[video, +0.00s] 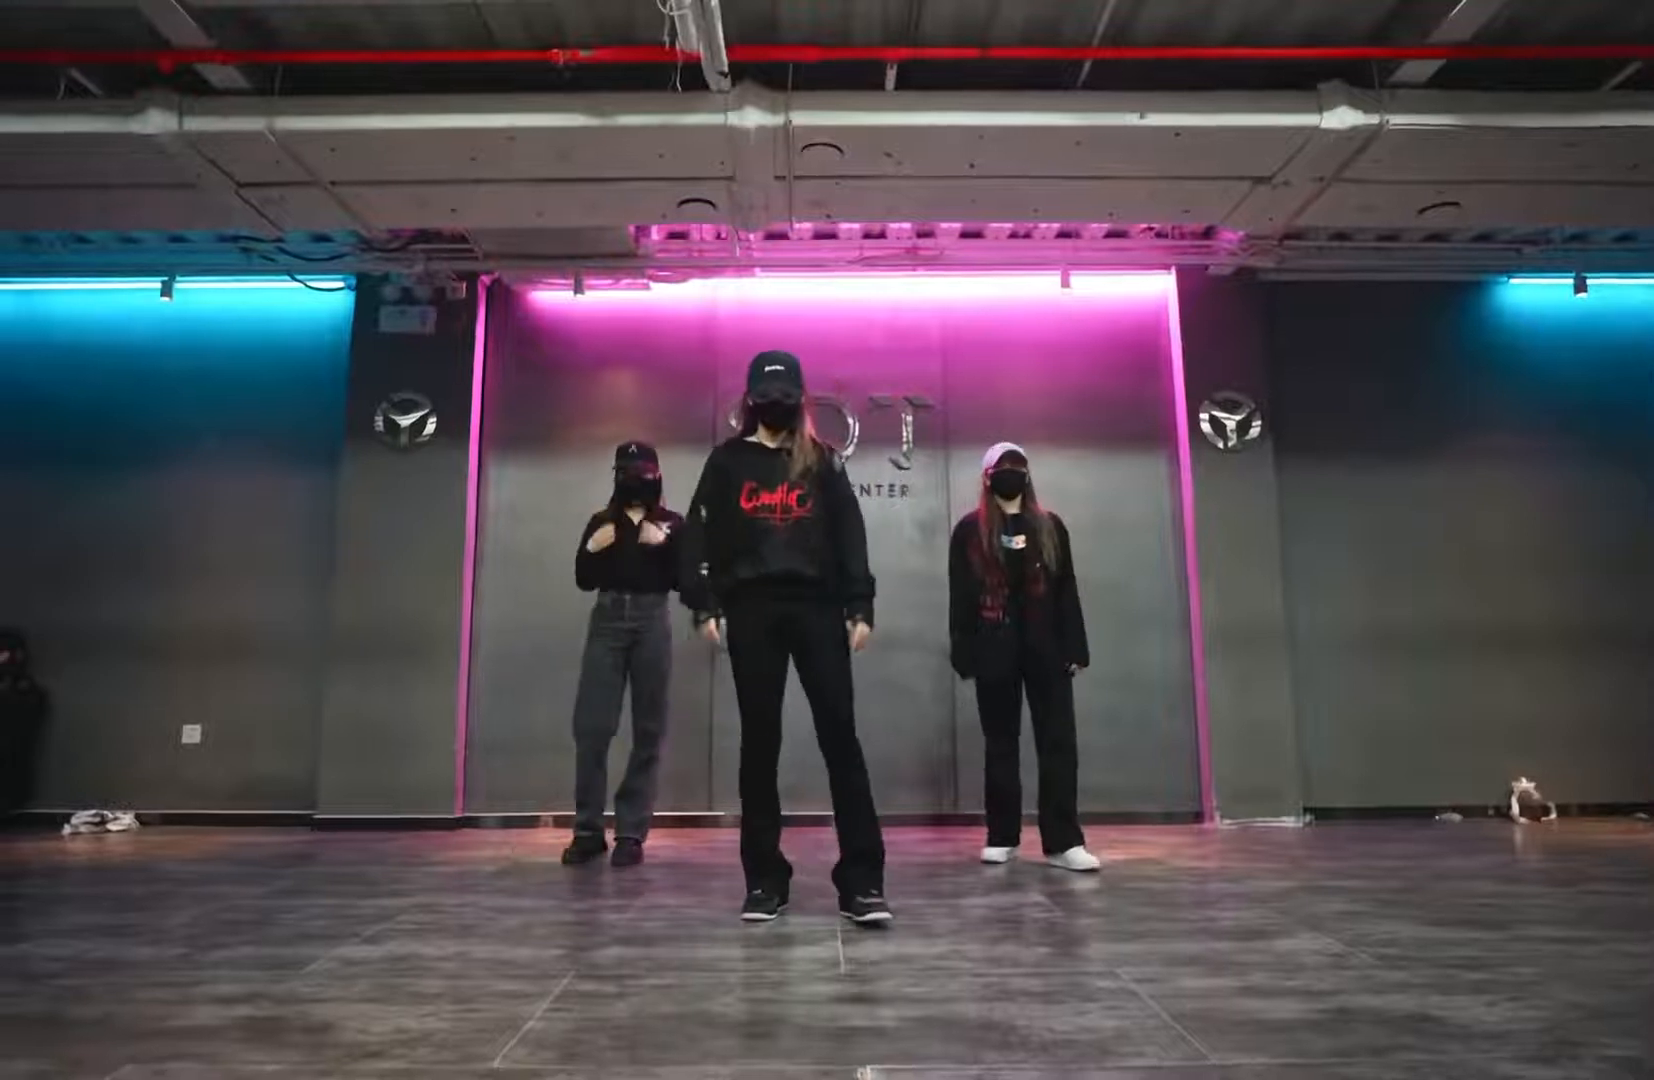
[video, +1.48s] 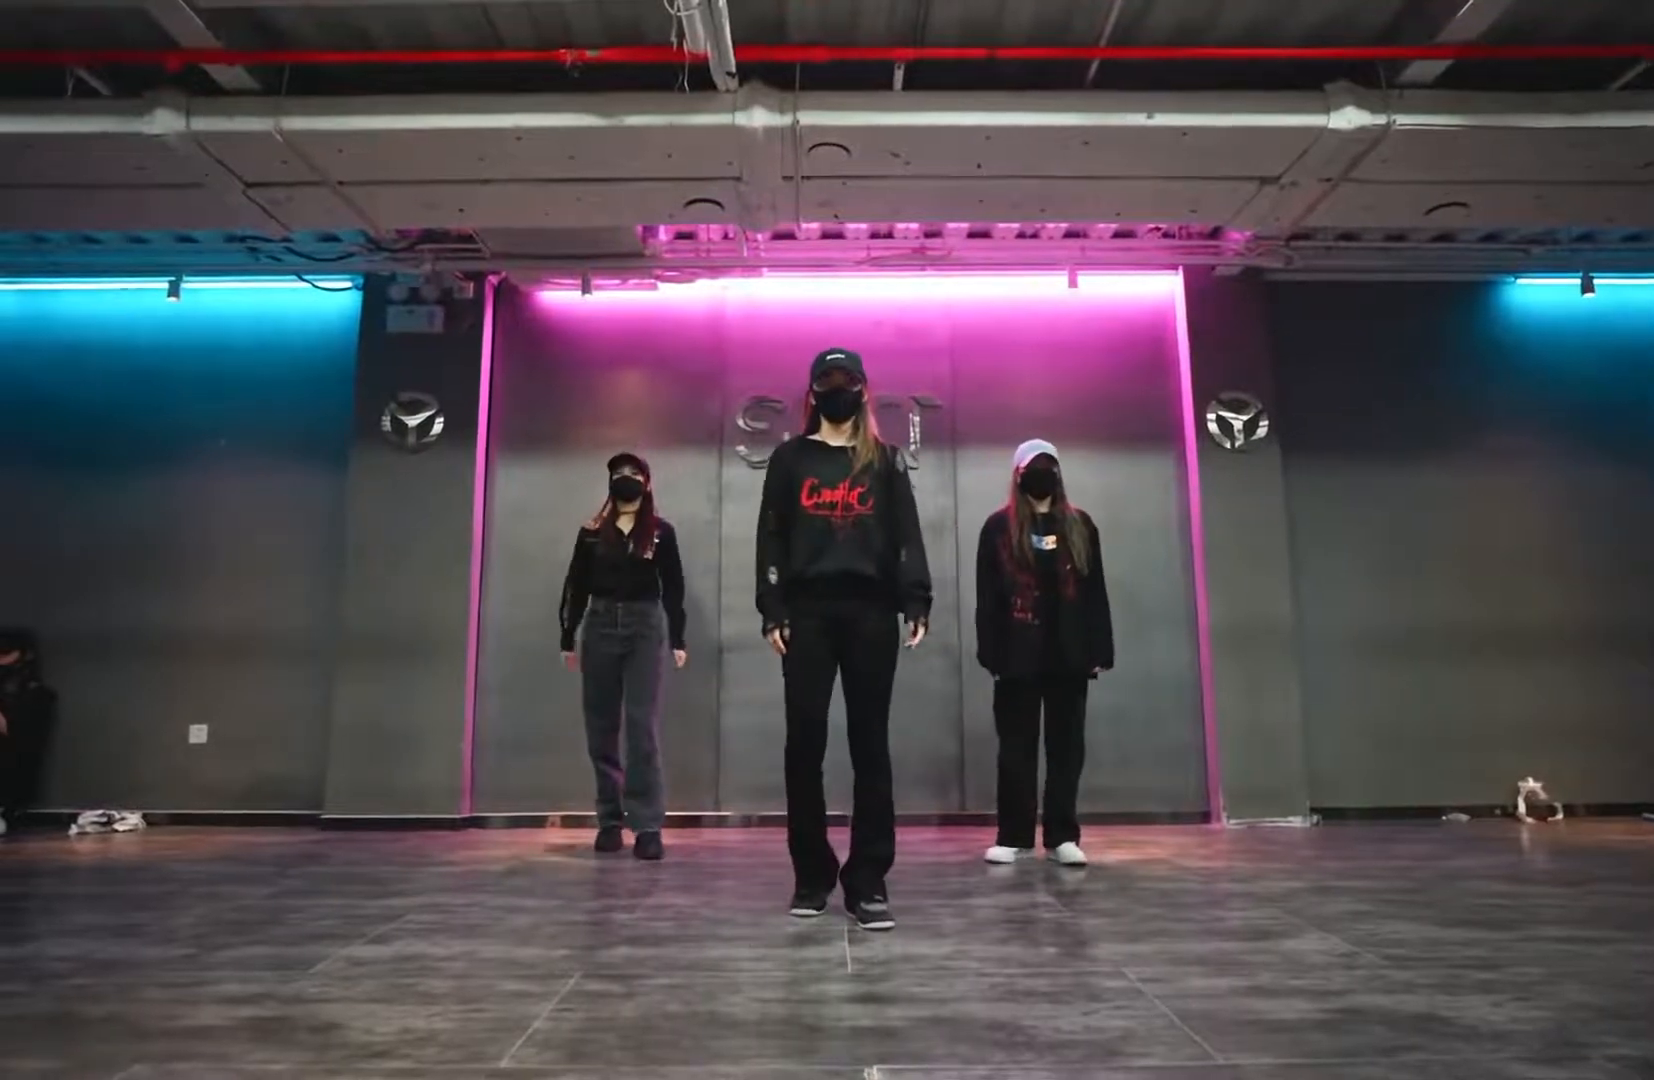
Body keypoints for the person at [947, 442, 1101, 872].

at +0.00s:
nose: (1010, 478)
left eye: (1017, 471)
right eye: (1001, 472)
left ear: (1027, 475)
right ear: (987, 478)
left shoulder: (1050, 526)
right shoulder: (969, 531)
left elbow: (1066, 591)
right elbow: (961, 597)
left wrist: (1075, 647)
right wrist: (964, 654)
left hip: (1047, 653)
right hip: (994, 656)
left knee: (1059, 746)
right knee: (1001, 747)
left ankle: (1064, 842)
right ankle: (1001, 839)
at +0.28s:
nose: (1013, 479)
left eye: (1019, 472)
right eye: (1004, 473)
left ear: (1027, 476)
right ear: (988, 478)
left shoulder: (1049, 527)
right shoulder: (970, 530)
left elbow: (1065, 593)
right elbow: (960, 597)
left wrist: (1074, 650)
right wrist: (965, 655)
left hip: (1045, 654)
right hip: (993, 657)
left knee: (1057, 746)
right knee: (1001, 748)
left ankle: (1066, 842)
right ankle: (1005, 839)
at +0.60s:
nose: (1017, 484)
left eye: (1022, 476)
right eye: (1008, 477)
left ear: (1028, 478)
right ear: (991, 480)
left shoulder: (1048, 529)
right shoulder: (969, 531)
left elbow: (1065, 597)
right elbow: (957, 598)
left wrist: (1072, 654)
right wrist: (959, 658)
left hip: (1043, 654)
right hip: (991, 657)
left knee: (1053, 745)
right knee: (1000, 748)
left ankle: (1064, 838)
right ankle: (1007, 839)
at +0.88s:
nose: (1020, 481)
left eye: (1026, 474)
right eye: (1011, 474)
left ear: (1035, 478)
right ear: (996, 479)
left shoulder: (1055, 528)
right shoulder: (974, 531)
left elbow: (1071, 597)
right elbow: (965, 598)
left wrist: (1079, 655)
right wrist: (966, 658)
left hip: (1051, 655)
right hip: (997, 658)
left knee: (1064, 743)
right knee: (1005, 747)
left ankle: (1066, 836)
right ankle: (1010, 839)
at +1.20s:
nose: (1033, 477)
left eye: (1039, 470)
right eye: (1024, 470)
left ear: (1049, 475)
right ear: (1009, 477)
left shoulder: (1071, 525)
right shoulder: (990, 528)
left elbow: (1087, 593)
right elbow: (978, 595)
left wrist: (1093, 649)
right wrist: (979, 652)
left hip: (1066, 656)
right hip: (1012, 657)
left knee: (1068, 749)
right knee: (1015, 748)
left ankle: (1066, 839)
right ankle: (1010, 839)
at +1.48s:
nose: (1044, 475)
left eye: (1050, 468)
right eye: (1035, 469)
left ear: (1059, 473)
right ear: (1019, 475)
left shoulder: (1080, 524)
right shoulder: (998, 526)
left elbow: (1096, 592)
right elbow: (988, 594)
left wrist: (1101, 649)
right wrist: (990, 651)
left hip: (1069, 657)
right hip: (1016, 657)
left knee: (1066, 749)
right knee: (1016, 749)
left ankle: (1063, 838)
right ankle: (1012, 840)